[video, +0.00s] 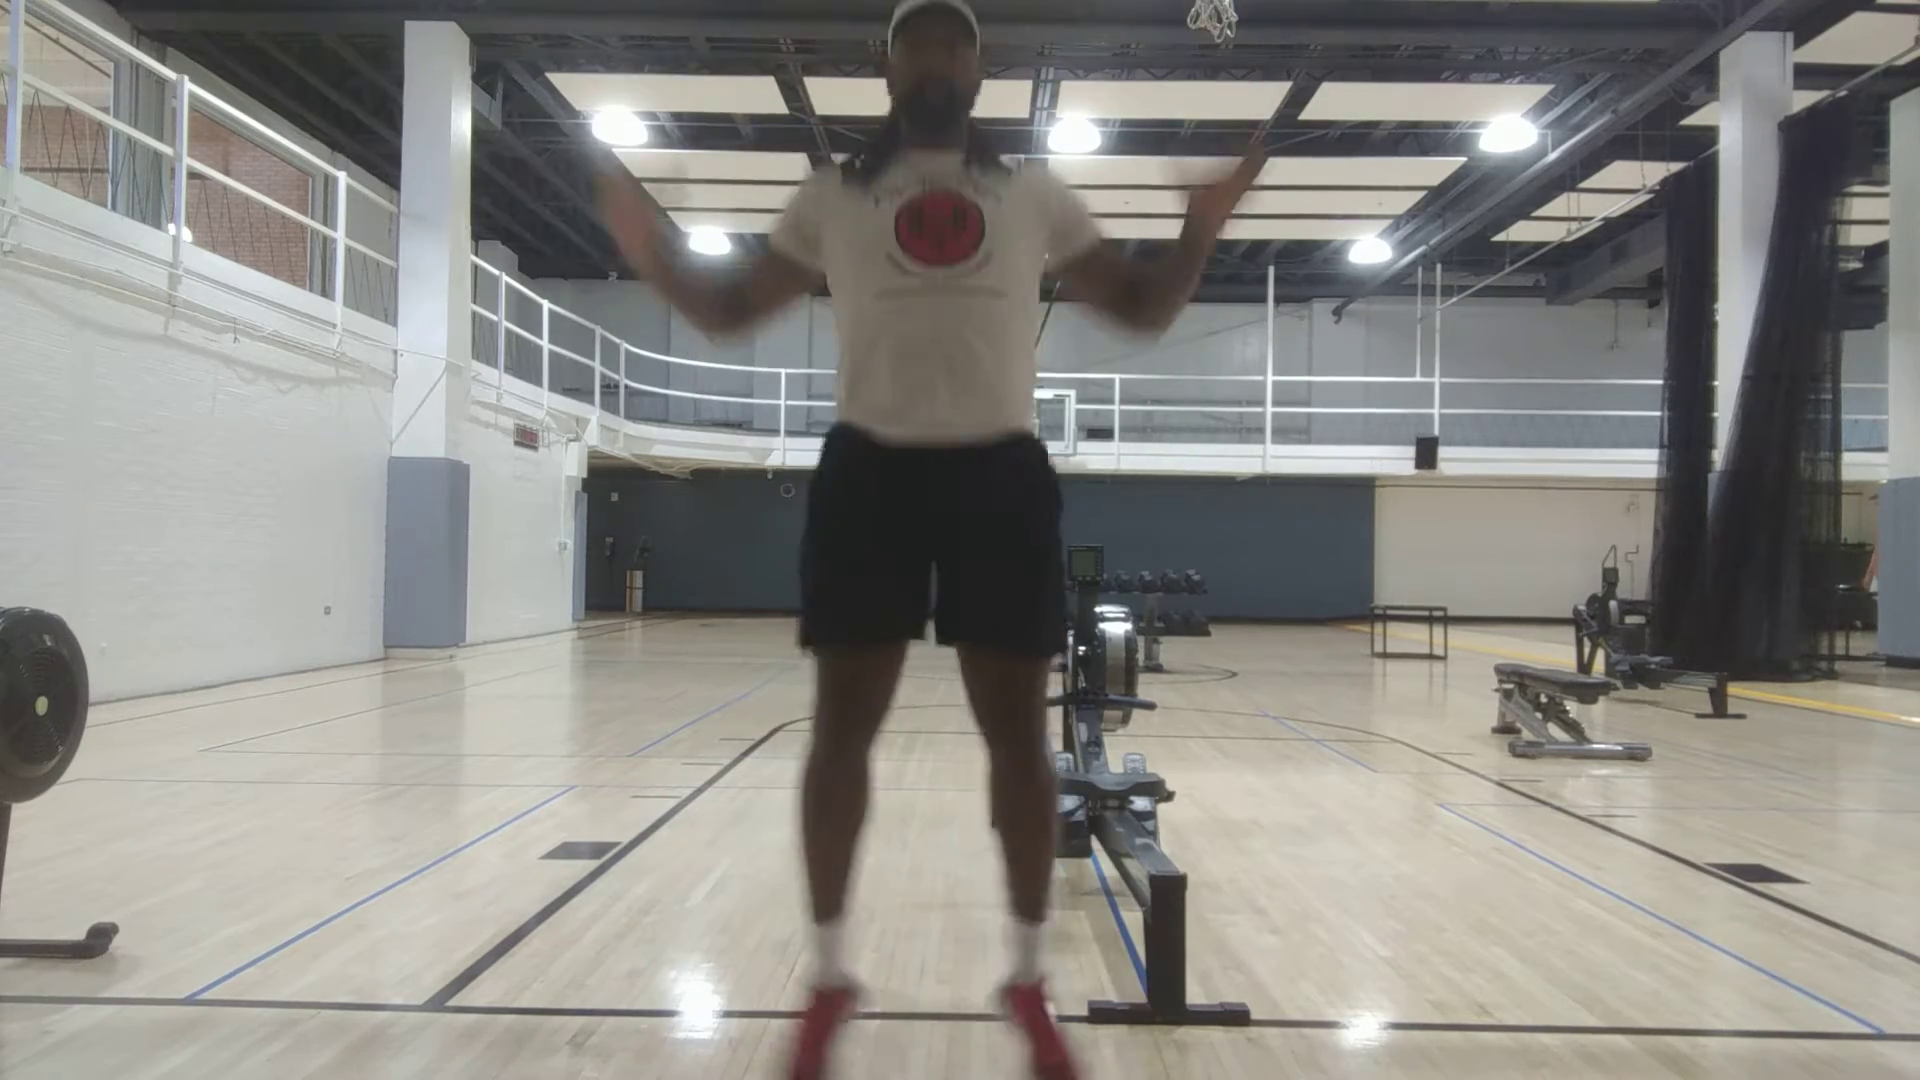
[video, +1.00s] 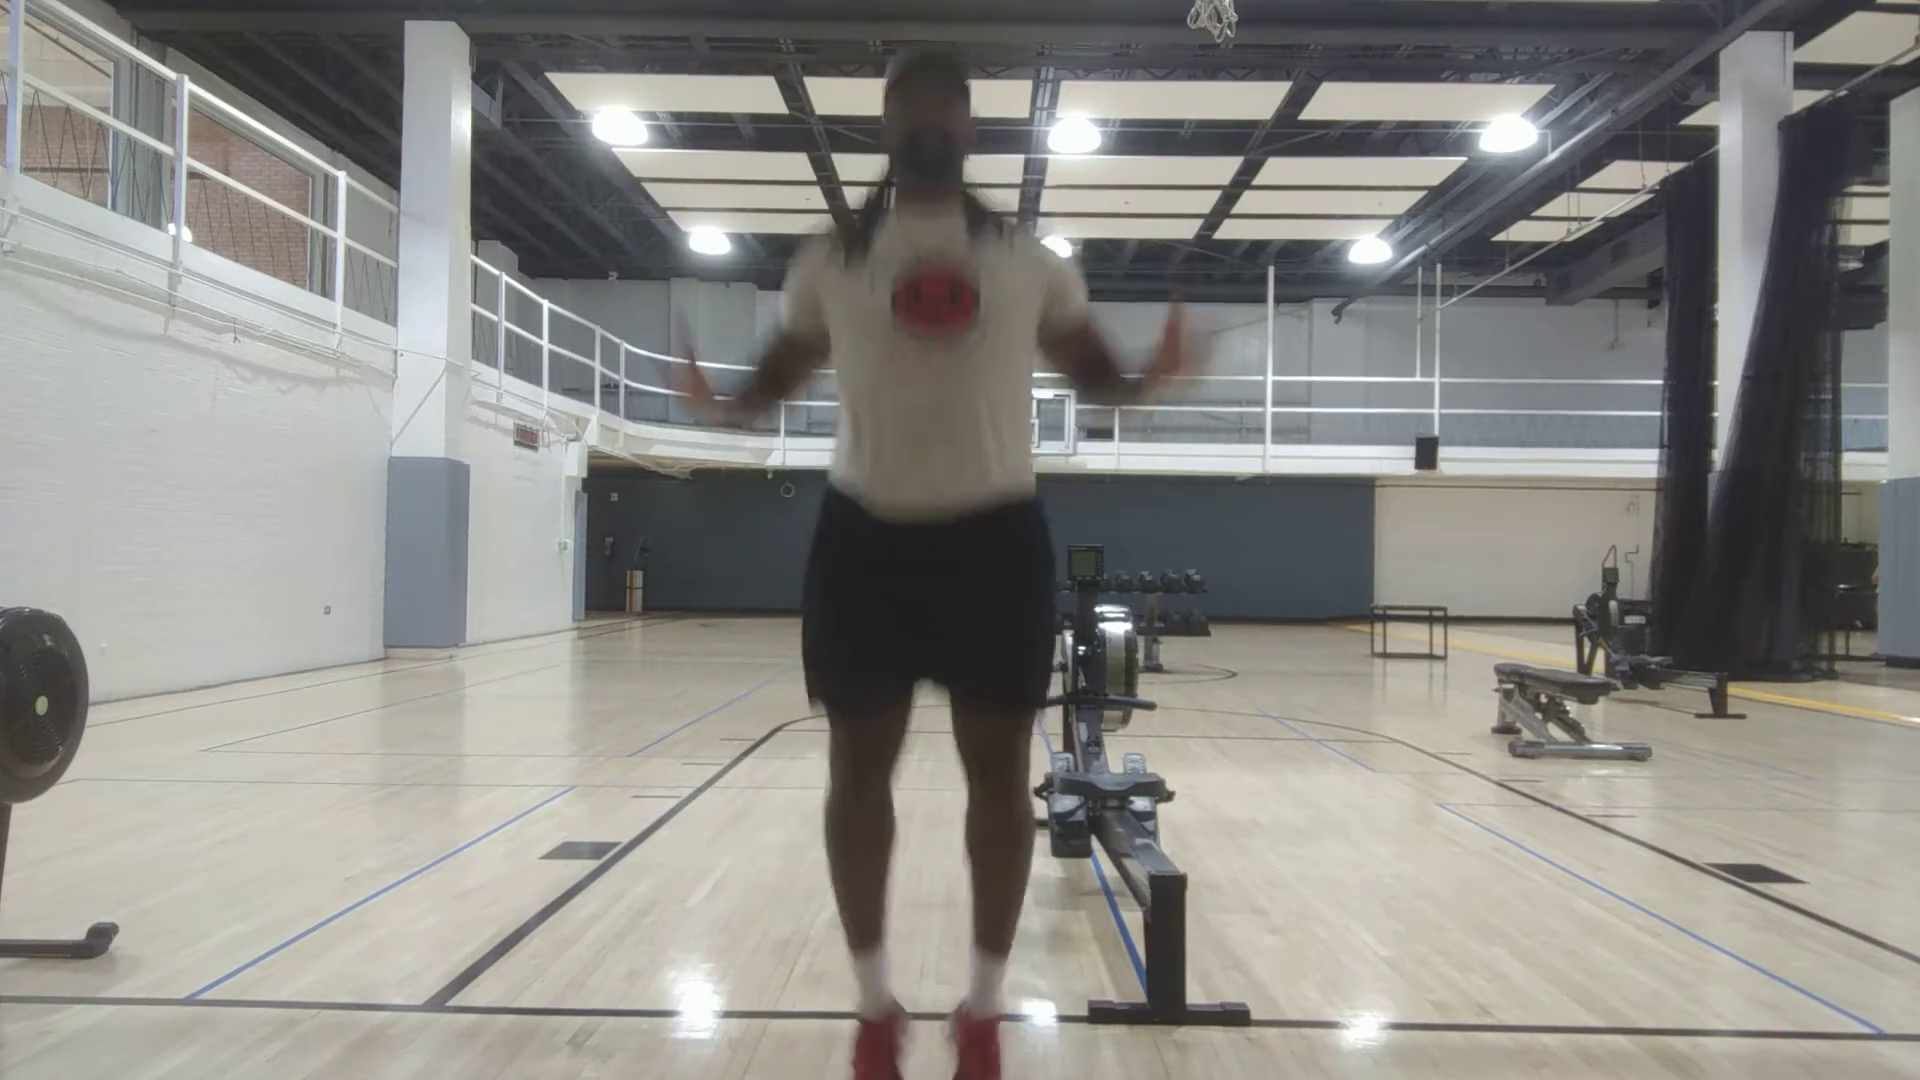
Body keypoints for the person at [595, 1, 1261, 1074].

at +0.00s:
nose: (931, 58)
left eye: (950, 42)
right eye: (913, 42)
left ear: (981, 69)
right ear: (885, 70)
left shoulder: (1033, 190)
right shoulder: (834, 197)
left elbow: (1145, 307)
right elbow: (726, 312)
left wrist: (1202, 225)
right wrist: (657, 257)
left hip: (1001, 479)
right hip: (869, 478)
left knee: (1017, 726)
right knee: (843, 723)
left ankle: (1027, 977)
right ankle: (828, 973)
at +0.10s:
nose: (930, 58)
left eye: (950, 41)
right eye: (912, 41)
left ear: (982, 68)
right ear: (885, 69)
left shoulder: (1038, 183)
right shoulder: (832, 182)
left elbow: (1176, 243)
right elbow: (687, 248)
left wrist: (1207, 107)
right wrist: (633, 114)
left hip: (1001, 474)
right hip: (864, 469)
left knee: (1047, 729)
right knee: (802, 725)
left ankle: (1096, 973)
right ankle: (744, 976)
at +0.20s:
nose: (931, 125)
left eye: (948, 110)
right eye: (914, 109)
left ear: (977, 130)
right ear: (886, 130)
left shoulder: (1038, 234)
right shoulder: (830, 239)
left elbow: (1184, 215)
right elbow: (674, 226)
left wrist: (1131, 78)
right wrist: (705, 79)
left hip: (1000, 542)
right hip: (858, 538)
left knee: (1072, 790)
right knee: (766, 786)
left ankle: (1146, 1014)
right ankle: (678, 1015)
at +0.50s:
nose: (935, 103)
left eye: (953, 88)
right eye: (917, 87)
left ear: (978, 112)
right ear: (886, 110)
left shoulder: (1032, 222)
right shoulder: (836, 223)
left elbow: (1165, 288)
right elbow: (696, 278)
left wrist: (1235, 187)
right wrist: (623, 182)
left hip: (1002, 511)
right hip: (863, 509)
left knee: (1059, 751)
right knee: (791, 747)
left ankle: (1111, 986)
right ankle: (741, 987)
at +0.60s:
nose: (937, 70)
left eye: (955, 55)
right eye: (918, 52)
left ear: (980, 79)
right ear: (884, 75)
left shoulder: (1034, 196)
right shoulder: (831, 203)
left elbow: (1109, 323)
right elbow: (742, 315)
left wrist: (1191, 304)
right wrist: (681, 294)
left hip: (1001, 482)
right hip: (864, 480)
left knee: (1025, 739)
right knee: (835, 732)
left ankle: (1029, 981)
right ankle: (831, 975)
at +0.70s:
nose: (933, 76)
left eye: (951, 59)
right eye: (914, 59)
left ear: (978, 85)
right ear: (883, 86)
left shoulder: (1034, 215)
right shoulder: (837, 217)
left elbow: (1072, 348)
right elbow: (784, 339)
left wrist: (1118, 377)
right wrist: (749, 367)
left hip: (1001, 502)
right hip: (871, 500)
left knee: (1010, 761)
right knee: (854, 756)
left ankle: (987, 995)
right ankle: (872, 994)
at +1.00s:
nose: (932, 119)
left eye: (949, 101)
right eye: (914, 101)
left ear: (972, 123)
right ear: (884, 121)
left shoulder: (1029, 261)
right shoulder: (832, 259)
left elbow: (1100, 380)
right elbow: (779, 378)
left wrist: (1153, 375)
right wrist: (729, 400)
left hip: (996, 535)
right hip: (868, 536)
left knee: (1000, 773)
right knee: (859, 769)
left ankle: (983, 1005)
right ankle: (876, 1004)